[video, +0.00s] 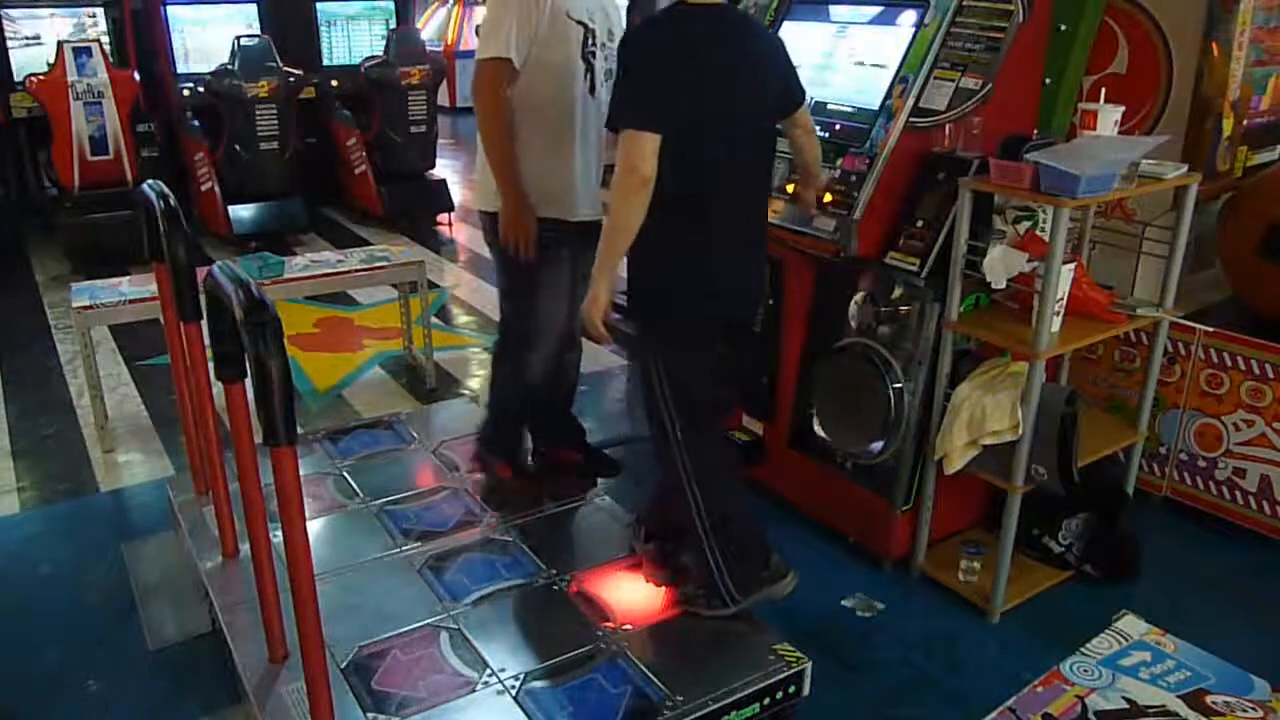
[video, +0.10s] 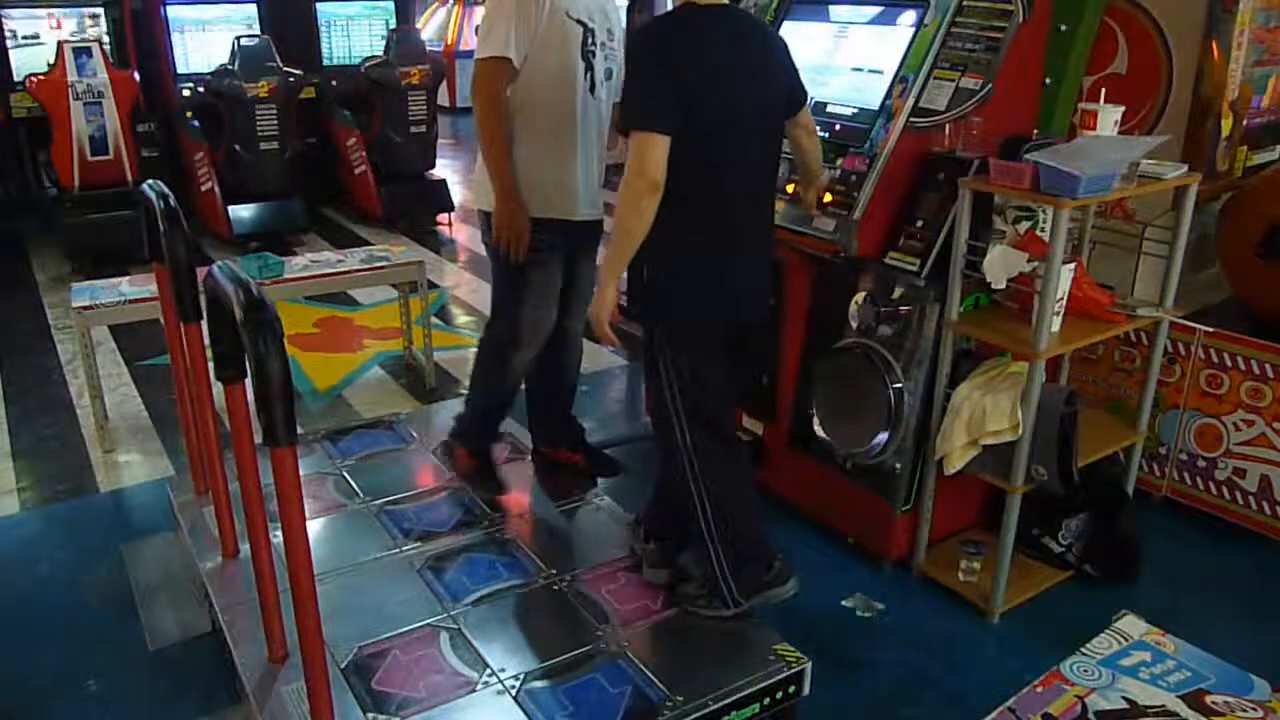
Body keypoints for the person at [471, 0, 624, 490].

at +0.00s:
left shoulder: (613, 9)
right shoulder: (524, 2)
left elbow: (605, 103)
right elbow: (487, 91)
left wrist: (612, 189)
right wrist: (512, 198)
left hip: (583, 203)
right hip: (529, 202)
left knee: (566, 334)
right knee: (530, 335)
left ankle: (556, 440)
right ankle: (499, 447)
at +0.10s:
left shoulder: (611, 10)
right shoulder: (524, 1)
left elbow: (608, 109)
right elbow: (487, 88)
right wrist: (506, 198)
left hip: (582, 204)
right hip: (525, 203)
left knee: (565, 336)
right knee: (520, 333)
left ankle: (556, 443)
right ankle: (471, 441)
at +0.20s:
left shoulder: (611, 11)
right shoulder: (521, 1)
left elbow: (611, 116)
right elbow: (487, 89)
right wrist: (504, 197)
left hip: (584, 204)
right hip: (526, 202)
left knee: (565, 335)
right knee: (514, 332)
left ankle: (557, 445)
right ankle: (452, 436)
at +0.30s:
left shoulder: (610, 10)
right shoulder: (520, 1)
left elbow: (609, 109)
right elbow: (486, 89)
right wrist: (504, 198)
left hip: (585, 205)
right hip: (524, 203)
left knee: (565, 339)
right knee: (508, 336)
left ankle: (557, 446)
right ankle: (447, 440)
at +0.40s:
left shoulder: (608, 10)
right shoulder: (516, 1)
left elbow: (608, 106)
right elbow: (484, 88)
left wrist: (664, 142)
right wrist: (506, 197)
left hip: (585, 204)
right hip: (524, 203)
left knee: (566, 337)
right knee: (506, 337)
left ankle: (556, 445)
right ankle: (451, 444)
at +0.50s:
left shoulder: (609, 11)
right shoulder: (516, 1)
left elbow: (607, 103)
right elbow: (482, 84)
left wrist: (662, 149)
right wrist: (506, 193)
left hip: (586, 204)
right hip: (523, 202)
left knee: (566, 338)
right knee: (506, 337)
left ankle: (556, 445)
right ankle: (451, 445)